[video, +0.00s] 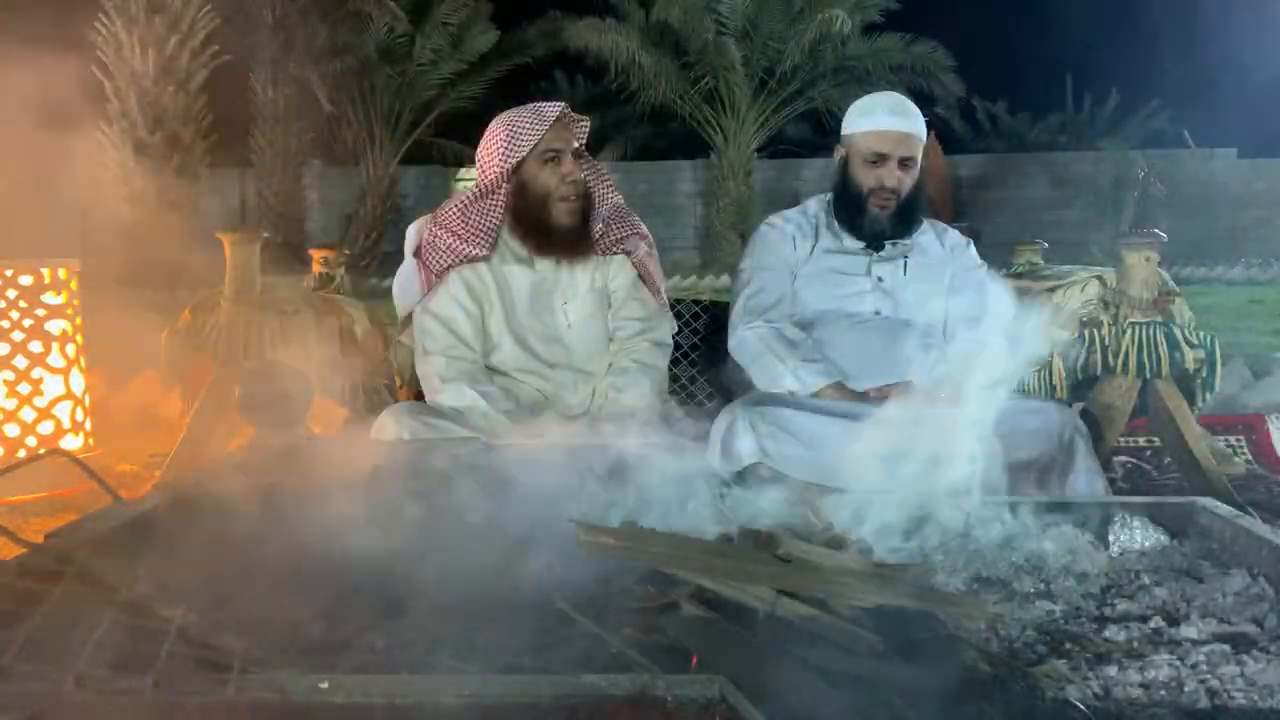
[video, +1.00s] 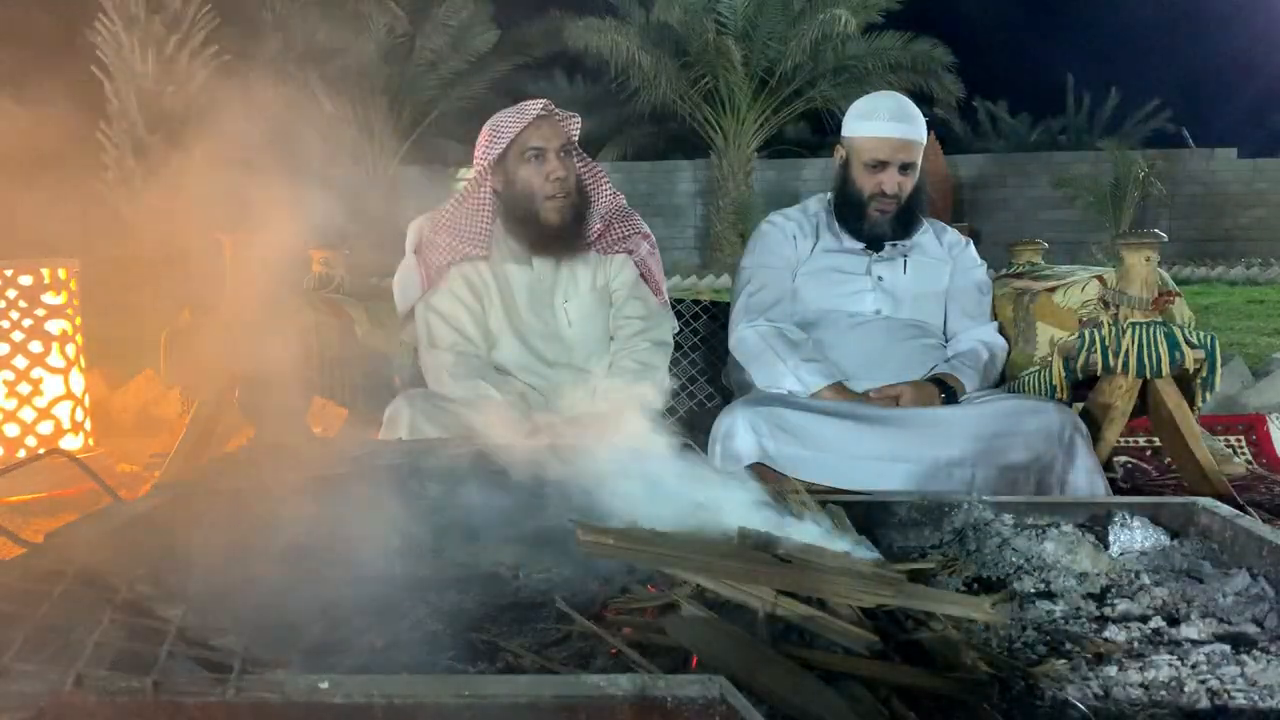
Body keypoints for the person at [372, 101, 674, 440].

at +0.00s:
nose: (575, 174)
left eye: (577, 158)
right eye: (552, 160)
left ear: (586, 166)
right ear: (507, 177)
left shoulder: (613, 260)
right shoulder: (464, 268)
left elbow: (643, 355)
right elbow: (449, 378)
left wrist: (606, 433)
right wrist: (514, 437)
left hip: (598, 428)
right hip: (499, 428)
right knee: (397, 425)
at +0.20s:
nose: (572, 173)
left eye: (574, 156)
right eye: (547, 160)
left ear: (584, 163)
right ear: (505, 180)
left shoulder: (611, 258)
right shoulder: (464, 266)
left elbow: (644, 352)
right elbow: (448, 380)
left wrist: (602, 427)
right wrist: (513, 439)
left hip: (597, 426)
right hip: (499, 426)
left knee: (678, 432)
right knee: (395, 425)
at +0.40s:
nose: (569, 173)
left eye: (572, 155)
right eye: (543, 161)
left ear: (583, 160)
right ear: (502, 180)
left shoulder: (616, 250)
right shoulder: (461, 261)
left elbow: (645, 355)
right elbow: (449, 380)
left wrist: (598, 431)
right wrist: (519, 445)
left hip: (598, 434)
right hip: (498, 433)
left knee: (675, 456)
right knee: (397, 426)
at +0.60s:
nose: (563, 172)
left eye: (569, 156)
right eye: (541, 159)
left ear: (580, 160)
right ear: (502, 174)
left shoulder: (615, 240)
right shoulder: (467, 256)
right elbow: (446, 377)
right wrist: (515, 444)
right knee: (399, 424)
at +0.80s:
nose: (562, 173)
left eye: (567, 154)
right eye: (536, 159)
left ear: (580, 167)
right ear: (498, 180)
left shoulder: (616, 274)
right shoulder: (456, 284)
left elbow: (642, 390)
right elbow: (456, 401)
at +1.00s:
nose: (559, 173)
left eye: (566, 155)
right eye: (536, 158)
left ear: (578, 166)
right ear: (496, 177)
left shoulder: (615, 269)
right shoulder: (461, 277)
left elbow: (643, 369)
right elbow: (454, 374)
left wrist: (589, 429)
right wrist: (513, 435)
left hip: (591, 431)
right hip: (497, 432)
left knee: (646, 440)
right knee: (411, 412)